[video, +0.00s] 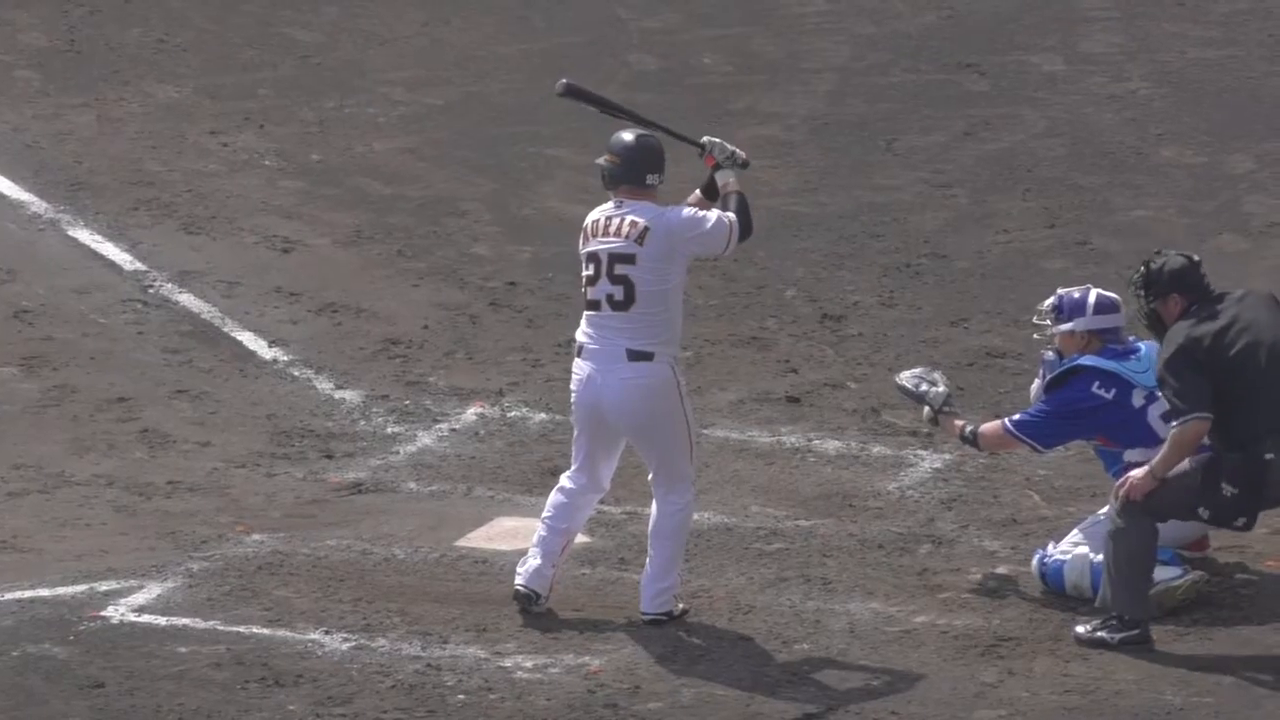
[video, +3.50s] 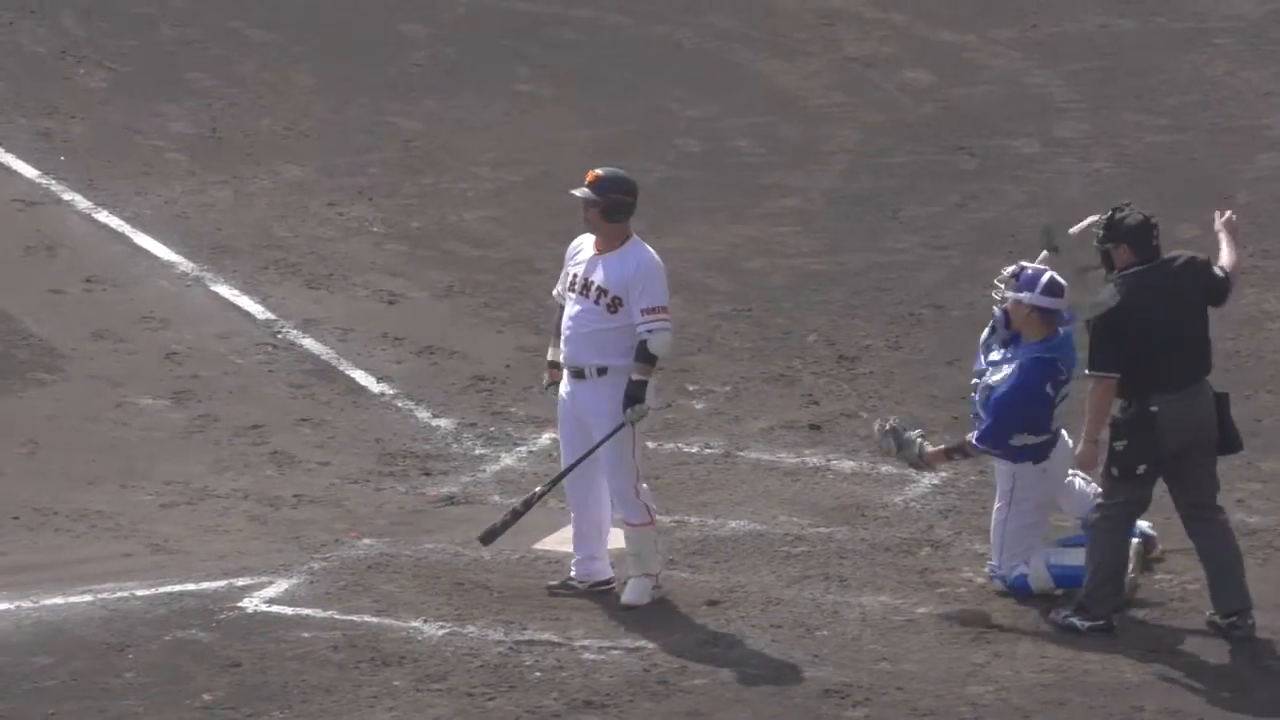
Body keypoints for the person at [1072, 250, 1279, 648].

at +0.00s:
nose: (1152, 313)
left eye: (1154, 304)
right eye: (1149, 304)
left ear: (1175, 303)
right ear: (1201, 288)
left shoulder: (1182, 343)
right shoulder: (1260, 301)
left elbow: (1195, 422)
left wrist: (1152, 473)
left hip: (1256, 470)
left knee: (1132, 499)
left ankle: (1127, 619)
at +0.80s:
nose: (1113, 329)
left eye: (1115, 320)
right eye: (1111, 320)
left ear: (1135, 319)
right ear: (1163, 306)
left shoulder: (1136, 363)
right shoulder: (1220, 325)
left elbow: (1150, 444)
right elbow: (1269, 391)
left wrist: (1096, 484)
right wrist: (1262, 446)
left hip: (1198, 492)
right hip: (1264, 477)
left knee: (1074, 509)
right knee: (1266, 480)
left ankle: (1071, 624)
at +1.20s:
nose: (1063, 326)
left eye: (1066, 319)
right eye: (1061, 318)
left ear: (1085, 318)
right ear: (1112, 307)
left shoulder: (1086, 362)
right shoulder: (1165, 326)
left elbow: (1098, 438)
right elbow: (1217, 394)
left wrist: (1048, 474)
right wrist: (1199, 443)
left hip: (1142, 483)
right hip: (1204, 468)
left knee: (1029, 497)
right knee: (1214, 475)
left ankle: (1025, 604)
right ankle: (1257, 571)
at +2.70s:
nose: (1032, 307)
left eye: (1034, 299)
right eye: (1031, 299)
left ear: (1049, 298)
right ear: (1072, 288)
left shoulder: (1056, 342)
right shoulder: (1114, 300)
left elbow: (1069, 420)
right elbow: (1151, 361)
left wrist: (1044, 471)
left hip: (1123, 439)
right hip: (1173, 418)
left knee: (1040, 495)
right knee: (1210, 494)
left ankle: (1051, 593)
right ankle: (1264, 564)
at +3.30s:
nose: (1065, 262)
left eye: (1067, 254)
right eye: (1065, 254)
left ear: (1083, 256)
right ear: (1108, 248)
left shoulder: (1078, 307)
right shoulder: (1149, 273)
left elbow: (1075, 385)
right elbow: (1186, 317)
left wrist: (1071, 448)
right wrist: (1207, 323)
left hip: (1122, 417)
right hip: (1172, 404)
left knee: (1089, 512)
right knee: (1181, 506)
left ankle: (1086, 610)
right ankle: (1226, 604)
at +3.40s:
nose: (1086, 260)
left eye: (1087, 251)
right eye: (1086, 251)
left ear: (1100, 253)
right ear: (1131, 244)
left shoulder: (1094, 308)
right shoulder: (1169, 273)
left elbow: (1088, 384)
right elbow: (1201, 303)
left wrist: (1079, 444)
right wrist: (1220, 285)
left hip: (1131, 418)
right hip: (1184, 407)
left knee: (1100, 513)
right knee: (1192, 508)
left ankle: (1090, 610)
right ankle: (1231, 609)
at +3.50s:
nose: (1107, 255)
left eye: (1109, 248)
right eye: (1108, 247)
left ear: (1122, 252)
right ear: (1150, 244)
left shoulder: (1113, 306)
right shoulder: (1188, 270)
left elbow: (1103, 383)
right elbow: (1226, 278)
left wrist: (1089, 440)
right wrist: (1227, 234)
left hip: (1144, 417)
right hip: (1197, 406)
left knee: (1114, 513)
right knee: (1203, 509)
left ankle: (1095, 611)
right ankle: (1236, 612)